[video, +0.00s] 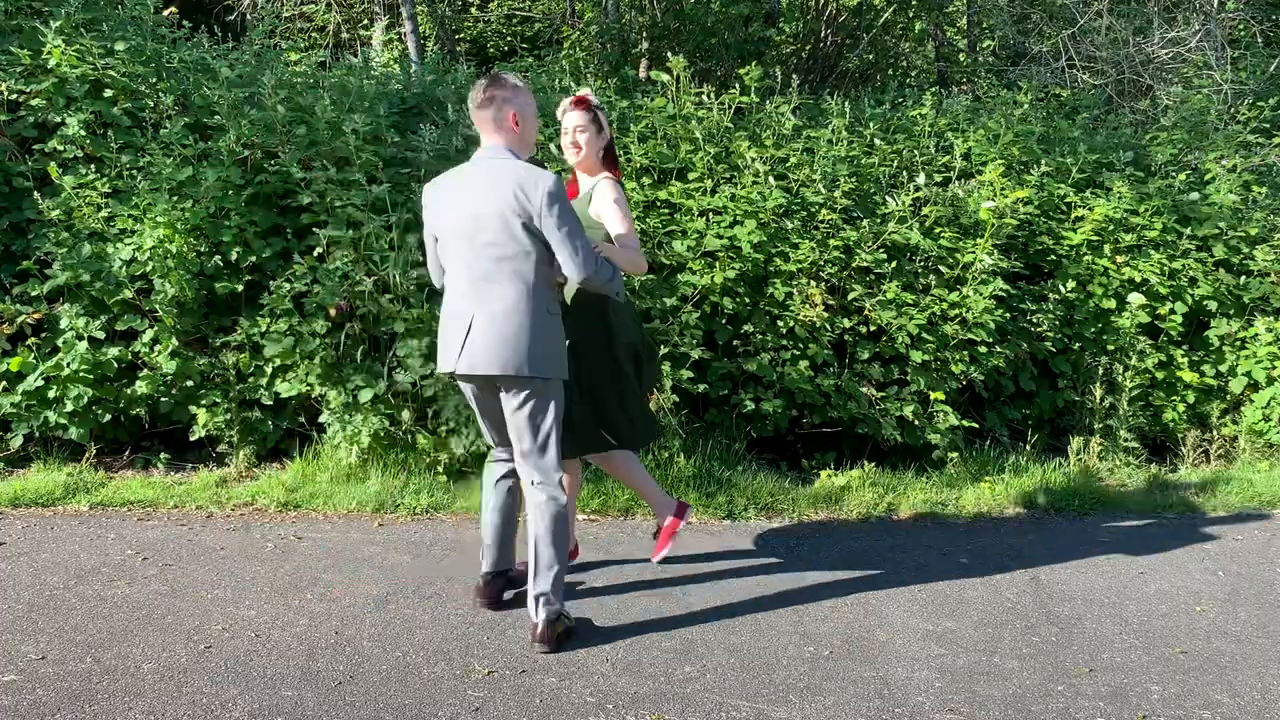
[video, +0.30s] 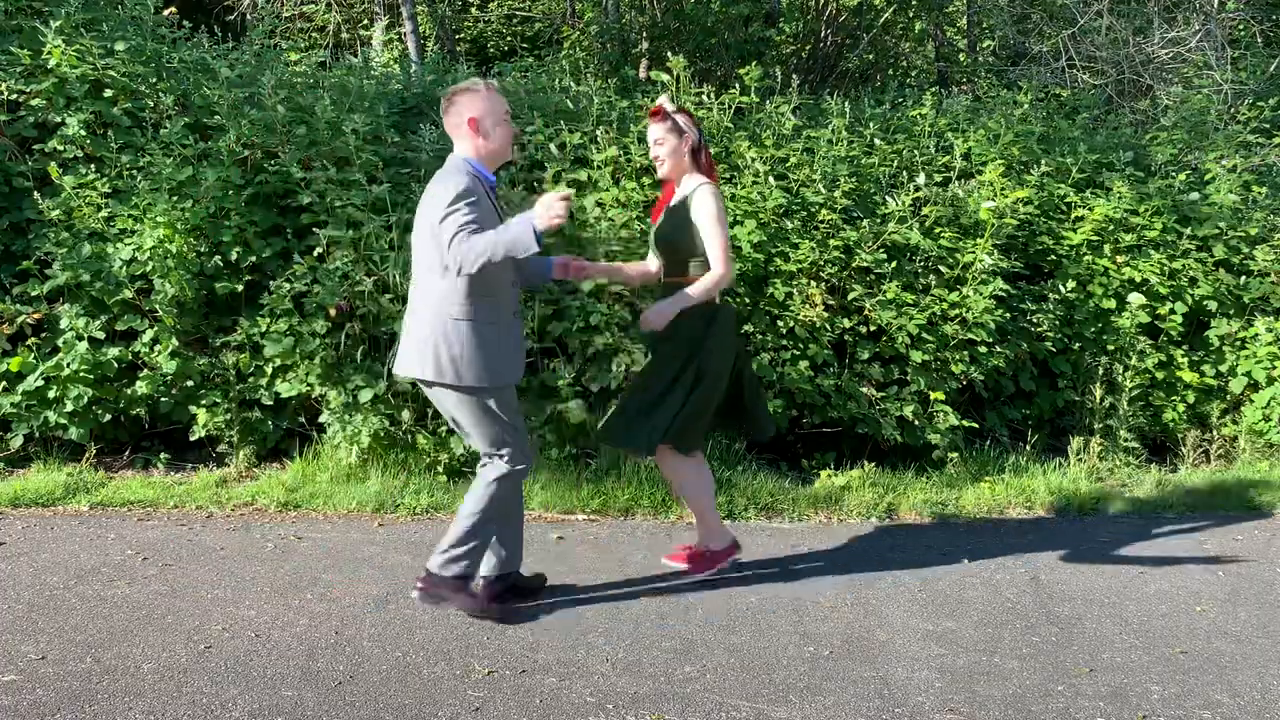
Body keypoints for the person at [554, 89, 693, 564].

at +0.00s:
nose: (571, 140)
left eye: (581, 132)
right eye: (565, 132)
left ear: (602, 138)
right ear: (560, 139)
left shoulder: (606, 189)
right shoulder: (578, 190)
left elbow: (636, 260)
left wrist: (587, 248)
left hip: (594, 317)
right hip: (575, 315)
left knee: (577, 430)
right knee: (577, 430)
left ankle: (561, 538)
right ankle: (667, 508)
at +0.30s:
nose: (653, 151)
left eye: (661, 141)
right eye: (650, 143)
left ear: (688, 143)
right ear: (655, 148)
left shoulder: (703, 194)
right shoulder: (673, 197)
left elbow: (723, 272)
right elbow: (654, 270)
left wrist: (673, 304)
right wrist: (595, 269)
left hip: (706, 328)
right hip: (689, 327)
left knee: (668, 438)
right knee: (681, 438)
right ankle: (709, 537)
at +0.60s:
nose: (689, 154)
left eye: (695, 143)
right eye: (688, 145)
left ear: (724, 140)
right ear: (707, 145)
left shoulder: (774, 187)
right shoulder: (700, 207)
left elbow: (837, 239)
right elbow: (687, 280)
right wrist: (638, 273)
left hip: (769, 315)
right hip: (726, 320)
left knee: (757, 440)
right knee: (698, 433)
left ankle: (805, 545)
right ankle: (737, 529)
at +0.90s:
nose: (696, 169)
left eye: (702, 156)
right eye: (694, 160)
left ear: (733, 149)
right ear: (715, 160)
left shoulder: (785, 191)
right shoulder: (708, 223)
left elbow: (862, 157)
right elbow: (689, 296)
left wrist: (901, 92)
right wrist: (628, 286)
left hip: (782, 333)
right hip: (726, 337)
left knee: (746, 454)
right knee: (730, 454)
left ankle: (702, 584)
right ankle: (757, 547)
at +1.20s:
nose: (693, 167)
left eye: (699, 155)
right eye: (687, 160)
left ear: (730, 149)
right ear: (694, 167)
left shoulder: (757, 190)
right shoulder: (704, 229)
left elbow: (795, 127)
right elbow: (667, 296)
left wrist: (796, 45)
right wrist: (602, 273)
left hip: (764, 328)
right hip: (730, 337)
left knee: (701, 448)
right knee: (672, 442)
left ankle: (722, 586)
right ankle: (722, 560)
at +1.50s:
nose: (646, 155)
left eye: (652, 142)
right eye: (645, 145)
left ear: (685, 138)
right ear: (672, 144)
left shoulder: (718, 184)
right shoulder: (671, 218)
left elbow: (745, 137)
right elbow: (636, 292)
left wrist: (730, 53)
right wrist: (568, 275)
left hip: (716, 317)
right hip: (687, 324)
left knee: (640, 443)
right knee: (651, 446)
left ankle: (696, 572)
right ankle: (694, 574)